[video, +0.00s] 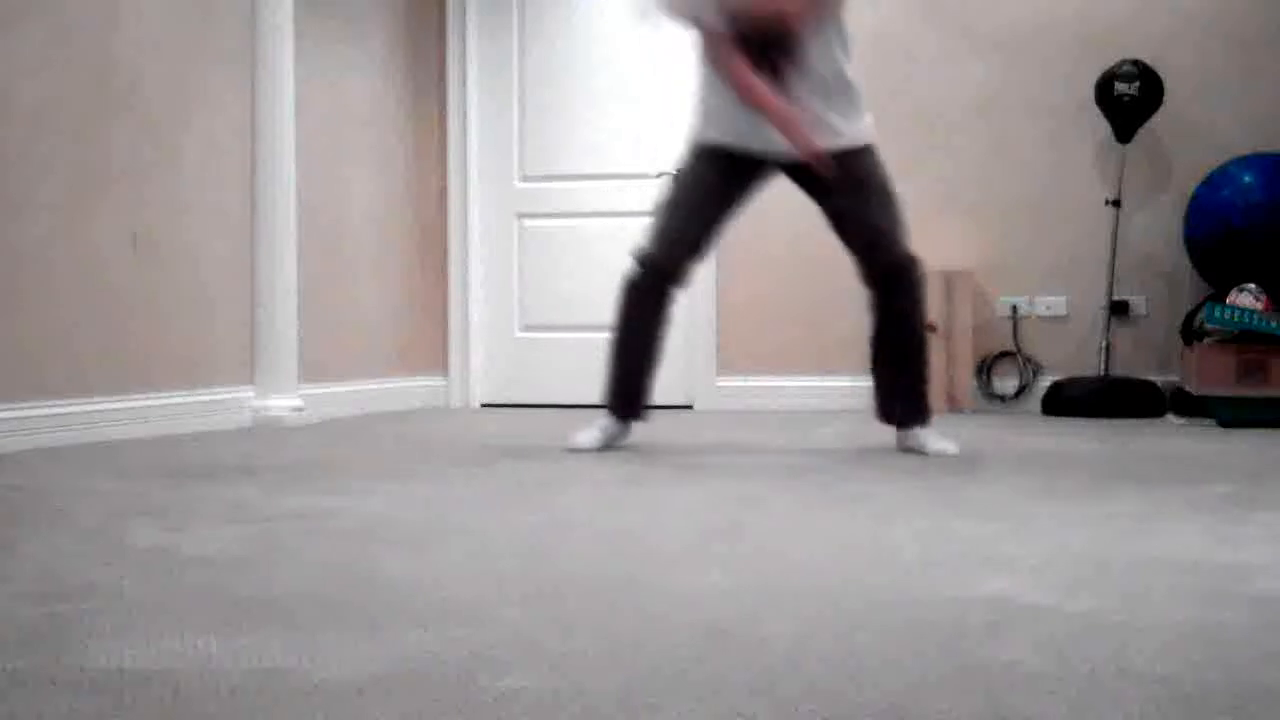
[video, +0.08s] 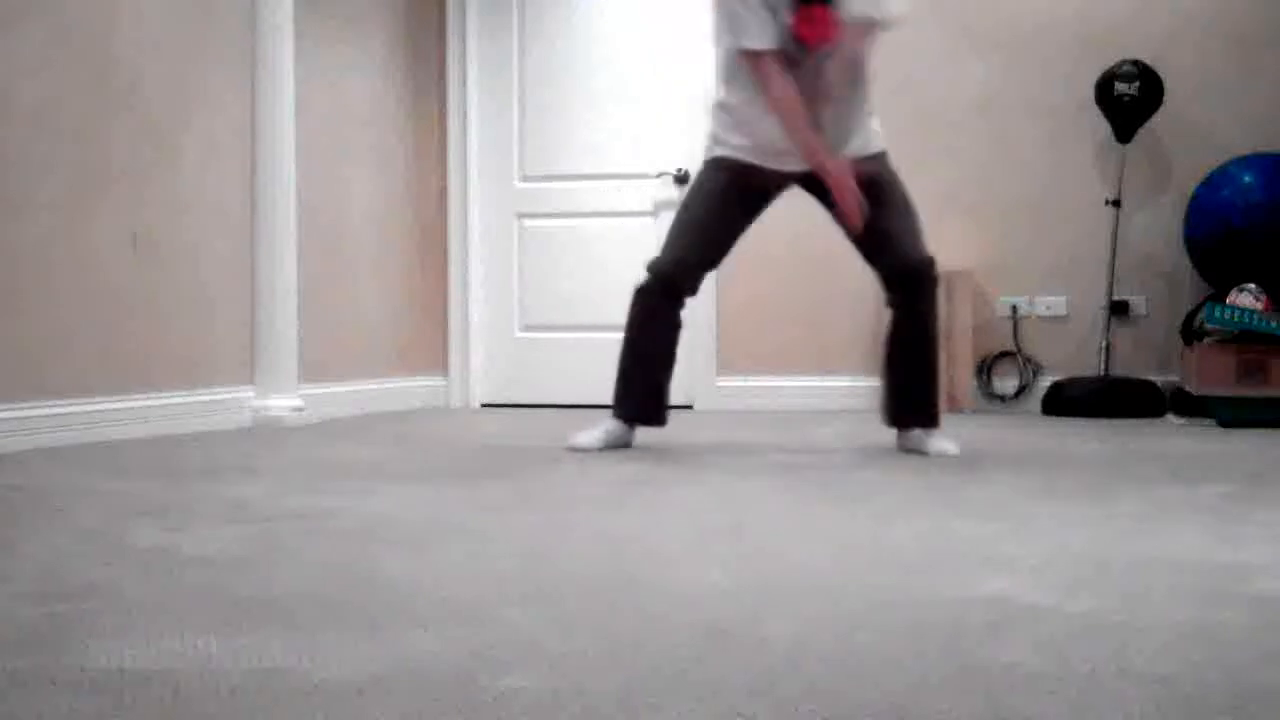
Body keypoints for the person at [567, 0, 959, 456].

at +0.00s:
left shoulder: (824, 4)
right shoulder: (709, 7)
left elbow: (800, 15)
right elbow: (723, 56)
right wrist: (795, 127)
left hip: (829, 128)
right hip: (735, 129)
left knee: (894, 270)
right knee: (656, 270)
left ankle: (911, 424)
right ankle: (620, 416)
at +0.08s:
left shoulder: (860, 7)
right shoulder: (744, 6)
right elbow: (771, 77)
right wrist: (831, 169)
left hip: (848, 149)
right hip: (748, 149)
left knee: (914, 274)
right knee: (667, 279)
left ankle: (916, 427)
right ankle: (625, 420)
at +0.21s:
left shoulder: (892, 4)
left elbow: (932, 53)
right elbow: (742, 52)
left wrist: (967, 151)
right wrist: (731, 144)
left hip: (847, 150)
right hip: (748, 144)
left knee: (913, 274)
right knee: (638, 261)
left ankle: (918, 431)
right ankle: (602, 412)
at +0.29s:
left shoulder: (881, 1)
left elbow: (973, 21)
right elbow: (684, 33)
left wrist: (1042, 81)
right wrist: (635, 119)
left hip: (833, 141)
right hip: (731, 132)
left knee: (900, 274)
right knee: (619, 244)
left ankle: (918, 430)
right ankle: (569, 388)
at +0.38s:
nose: (787, 22)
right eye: (773, 21)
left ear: (819, 6)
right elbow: (637, 8)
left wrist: (1077, 12)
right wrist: (553, 74)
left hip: (811, 125)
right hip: (707, 116)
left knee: (885, 254)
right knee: (599, 229)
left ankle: (917, 414)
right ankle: (532, 365)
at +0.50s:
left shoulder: (811, 11)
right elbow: (601, 25)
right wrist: (504, 90)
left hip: (763, 131)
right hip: (665, 128)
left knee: (863, 225)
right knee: (564, 241)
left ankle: (892, 395)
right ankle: (471, 367)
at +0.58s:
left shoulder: (792, 8)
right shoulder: (662, 11)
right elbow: (590, 92)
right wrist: (498, 165)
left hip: (734, 166)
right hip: (638, 171)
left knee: (834, 246)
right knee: (547, 282)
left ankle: (862, 416)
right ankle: (447, 386)